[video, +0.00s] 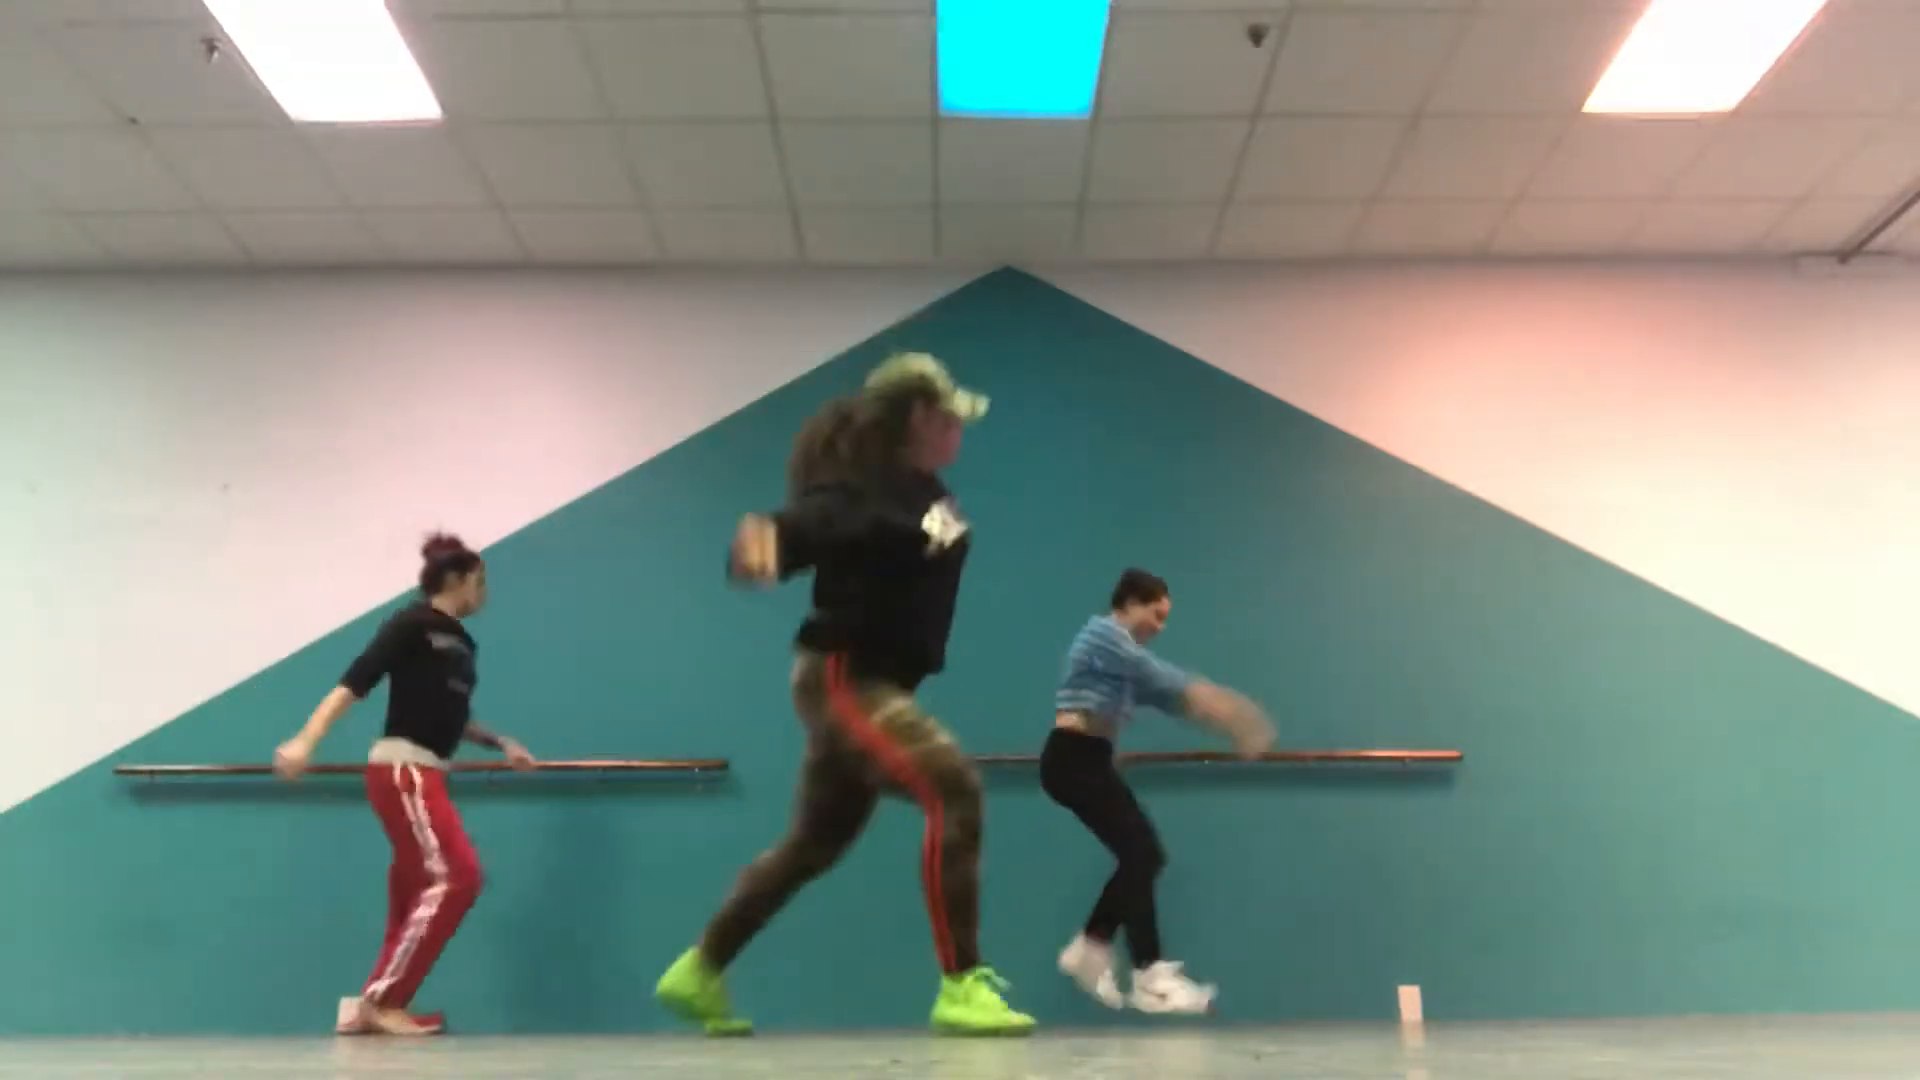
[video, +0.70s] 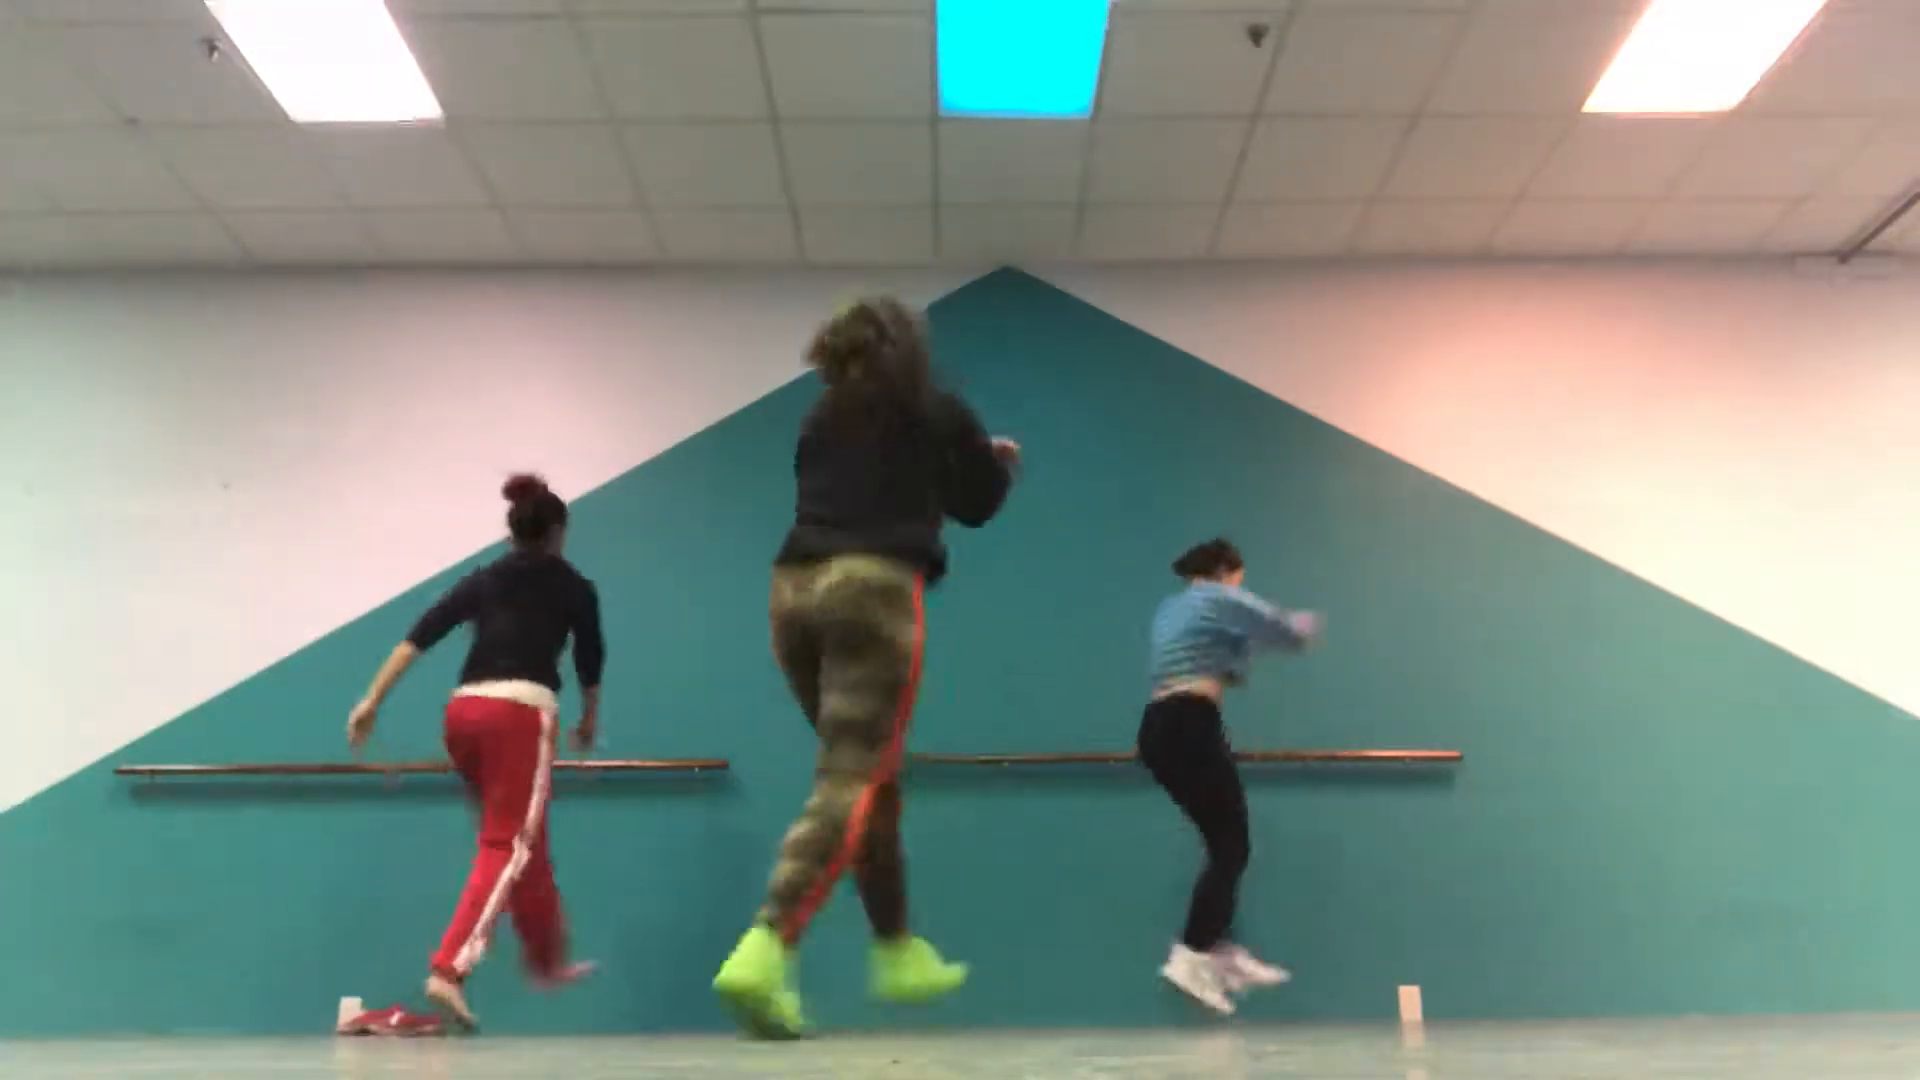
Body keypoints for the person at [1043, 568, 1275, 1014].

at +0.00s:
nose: (1159, 627)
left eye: (1163, 619)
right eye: (1156, 615)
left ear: (1140, 610)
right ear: (1130, 605)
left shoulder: (1118, 649)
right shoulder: (1101, 634)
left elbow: (1162, 693)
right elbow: (1151, 673)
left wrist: (1215, 709)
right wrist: (1210, 698)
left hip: (1086, 758)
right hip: (1074, 758)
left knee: (1140, 855)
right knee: (1141, 854)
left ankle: (1089, 950)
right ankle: (1150, 976)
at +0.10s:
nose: (1158, 641)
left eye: (1162, 634)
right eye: (1154, 632)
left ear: (1141, 630)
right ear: (1130, 622)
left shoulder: (1135, 666)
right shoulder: (1107, 654)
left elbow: (1197, 677)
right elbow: (1193, 655)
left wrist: (1248, 657)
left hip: (1102, 784)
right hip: (1080, 782)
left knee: (1110, 890)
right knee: (1115, 887)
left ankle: (1063, 994)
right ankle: (1168, 979)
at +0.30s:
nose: (1189, 614)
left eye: (1191, 605)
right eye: (1185, 603)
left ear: (1162, 601)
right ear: (1161, 597)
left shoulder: (1155, 644)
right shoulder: (1131, 628)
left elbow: (1199, 690)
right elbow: (1174, 668)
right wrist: (1230, 693)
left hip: (1118, 758)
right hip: (1104, 755)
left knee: (1146, 869)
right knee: (1161, 861)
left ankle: (1081, 969)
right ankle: (1172, 979)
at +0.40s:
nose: (1200, 620)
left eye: (1203, 611)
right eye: (1197, 609)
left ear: (1173, 606)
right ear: (1172, 602)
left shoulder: (1170, 650)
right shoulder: (1143, 643)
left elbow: (1180, 721)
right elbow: (1167, 719)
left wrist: (1201, 779)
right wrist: (1200, 777)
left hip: (1150, 757)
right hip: (1133, 757)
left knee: (1189, 866)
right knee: (1185, 865)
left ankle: (1095, 892)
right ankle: (1154, 989)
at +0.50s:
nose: (1209, 620)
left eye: (1211, 611)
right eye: (1207, 609)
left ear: (1176, 602)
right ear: (1188, 602)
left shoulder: (1161, 636)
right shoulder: (1171, 636)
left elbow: (1182, 709)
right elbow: (1183, 704)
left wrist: (1206, 771)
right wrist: (1204, 757)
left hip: (1151, 756)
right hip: (1159, 756)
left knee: (1221, 859)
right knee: (1200, 869)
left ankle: (1127, 842)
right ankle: (1155, 989)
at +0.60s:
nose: (1224, 595)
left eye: (1225, 587)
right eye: (1223, 587)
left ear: (1180, 580)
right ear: (1211, 581)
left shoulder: (1161, 617)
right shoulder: (1197, 609)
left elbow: (1193, 685)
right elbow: (1234, 663)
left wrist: (1244, 693)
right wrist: (1258, 695)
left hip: (1155, 734)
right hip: (1174, 734)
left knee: (1238, 830)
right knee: (1205, 844)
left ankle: (1156, 876)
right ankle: (1164, 975)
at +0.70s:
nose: (1240, 585)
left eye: (1239, 579)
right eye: (1238, 578)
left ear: (1195, 575)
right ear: (1226, 574)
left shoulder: (1170, 608)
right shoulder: (1221, 599)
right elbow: (1284, 629)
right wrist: (1302, 625)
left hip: (1157, 726)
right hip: (1192, 723)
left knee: (1225, 840)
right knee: (1230, 842)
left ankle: (1221, 948)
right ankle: (1193, 953)